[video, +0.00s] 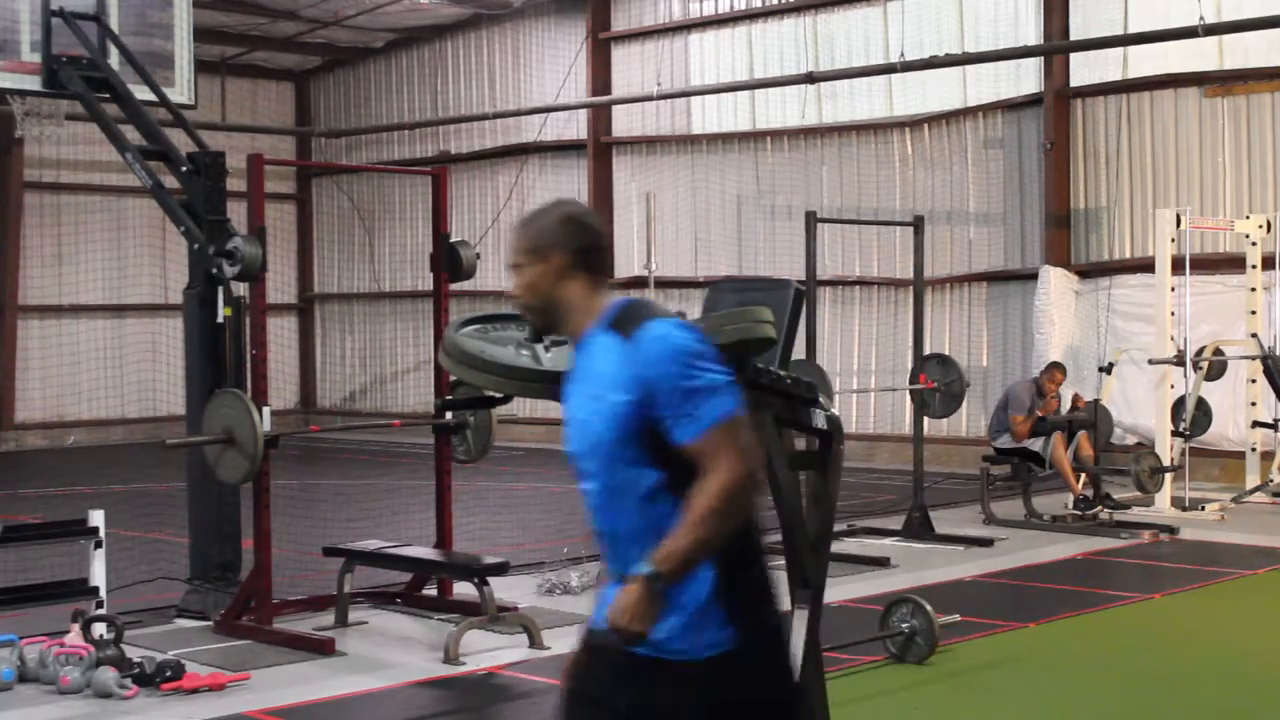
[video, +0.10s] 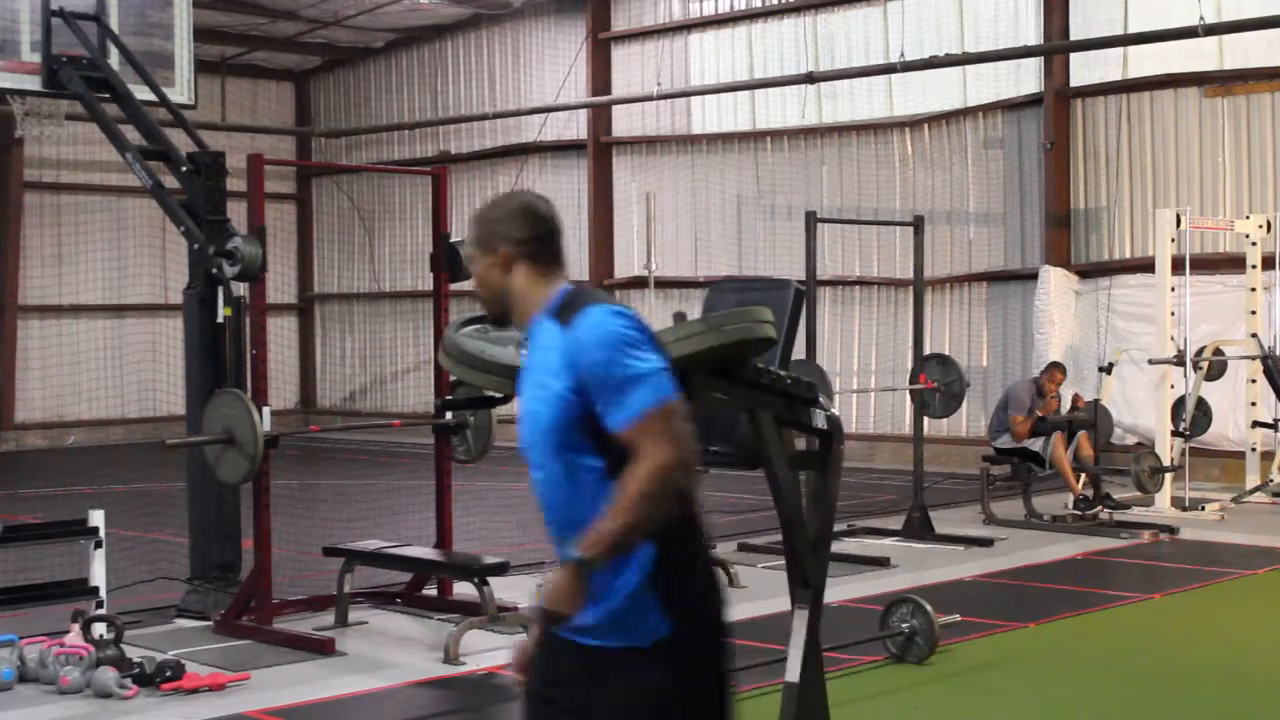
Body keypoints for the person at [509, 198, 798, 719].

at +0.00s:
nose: (512, 288)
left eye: (519, 268)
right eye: (512, 272)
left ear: (561, 264)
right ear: (554, 267)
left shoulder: (661, 344)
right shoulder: (585, 360)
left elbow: (734, 468)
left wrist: (651, 580)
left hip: (707, 645)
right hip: (624, 636)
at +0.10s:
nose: (471, 280)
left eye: (473, 264)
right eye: (469, 266)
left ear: (507, 258)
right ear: (518, 259)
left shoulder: (598, 330)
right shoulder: (545, 341)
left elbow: (668, 457)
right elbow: (585, 501)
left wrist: (578, 566)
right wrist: (545, 627)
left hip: (647, 638)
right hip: (579, 634)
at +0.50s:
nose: (425, 220)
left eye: (426, 212)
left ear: (427, 218)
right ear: (499, 229)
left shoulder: (423, 294)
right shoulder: (538, 323)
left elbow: (402, 437)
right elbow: (546, 461)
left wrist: (302, 502)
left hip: (438, 601)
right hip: (537, 600)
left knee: (331, 711)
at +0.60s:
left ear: (412, 218)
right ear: (485, 229)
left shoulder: (374, 295)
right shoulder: (528, 331)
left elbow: (312, 439)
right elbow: (546, 491)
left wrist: (255, 498)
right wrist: (498, 560)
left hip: (384, 613)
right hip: (496, 614)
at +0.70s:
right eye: (469, 235)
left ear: (393, 225)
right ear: (467, 243)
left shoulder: (319, 306)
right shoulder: (504, 347)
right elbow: (544, 495)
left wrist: (229, 502)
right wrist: (534, 565)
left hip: (344, 627)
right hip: (456, 626)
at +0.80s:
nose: (450, 248)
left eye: (448, 234)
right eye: (447, 234)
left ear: (363, 227)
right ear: (430, 236)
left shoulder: (280, 320)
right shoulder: (476, 344)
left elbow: (187, 453)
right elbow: (519, 497)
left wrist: (230, 495)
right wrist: (560, 567)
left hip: (313, 631)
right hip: (426, 632)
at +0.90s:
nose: (428, 240)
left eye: (427, 227)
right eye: (426, 227)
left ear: (344, 222)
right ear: (411, 230)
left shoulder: (260, 314)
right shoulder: (458, 336)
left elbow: (202, 452)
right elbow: (496, 486)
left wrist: (259, 469)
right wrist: (560, 571)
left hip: (291, 615)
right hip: (405, 618)